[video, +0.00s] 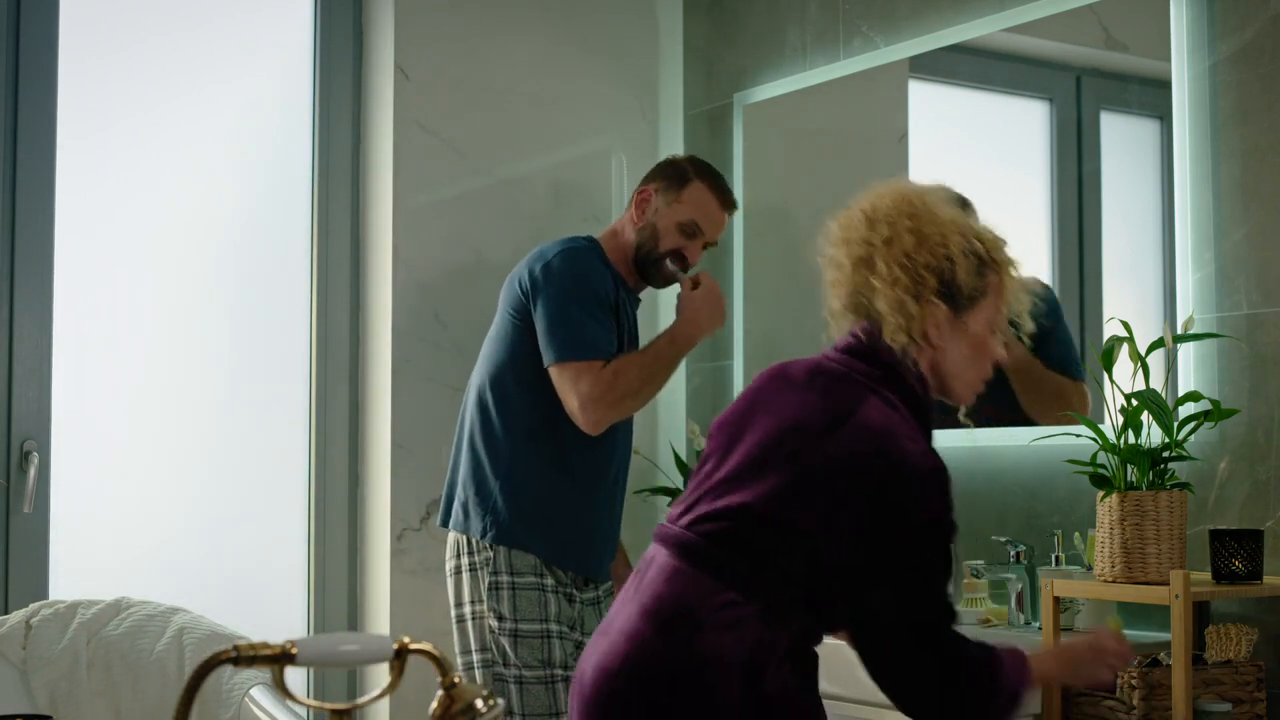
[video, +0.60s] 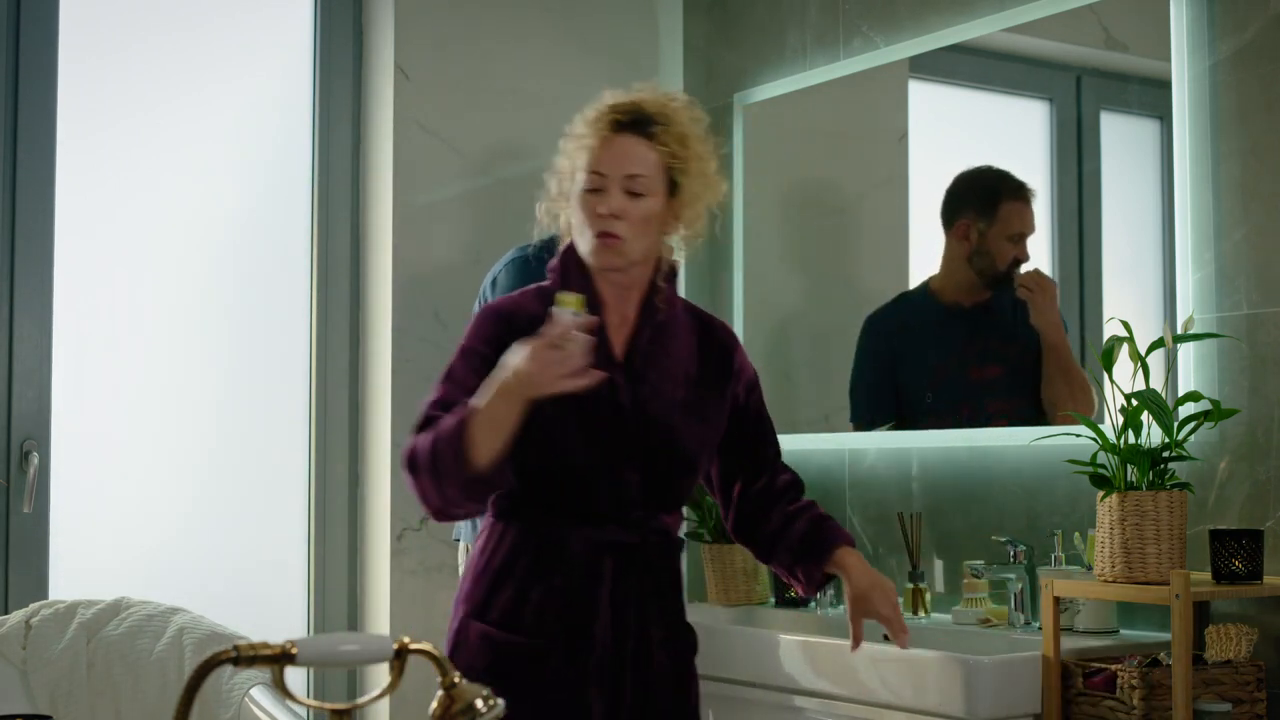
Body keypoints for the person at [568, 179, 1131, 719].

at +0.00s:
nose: (999, 353)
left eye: (1001, 330)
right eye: (992, 328)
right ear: (933, 322)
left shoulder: (779, 384)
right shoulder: (898, 459)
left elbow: (693, 529)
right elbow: (928, 679)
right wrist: (1058, 663)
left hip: (616, 672)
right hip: (729, 694)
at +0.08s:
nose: (967, 325)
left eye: (967, 305)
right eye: (956, 301)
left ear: (882, 292)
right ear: (888, 291)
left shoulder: (760, 370)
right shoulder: (850, 413)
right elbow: (878, 644)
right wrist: (1021, 609)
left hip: (619, 672)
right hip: (708, 686)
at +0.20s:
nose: (889, 287)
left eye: (892, 265)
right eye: (873, 261)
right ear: (800, 256)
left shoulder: (766, 359)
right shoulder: (758, 372)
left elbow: (758, 560)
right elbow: (765, 581)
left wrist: (858, 621)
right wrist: (926, 534)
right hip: (638, 678)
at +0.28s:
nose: (829, 263)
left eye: (835, 243)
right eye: (807, 240)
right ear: (734, 236)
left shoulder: (764, 348)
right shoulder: (679, 360)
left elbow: (752, 523)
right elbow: (686, 547)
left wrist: (852, 607)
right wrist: (847, 488)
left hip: (700, 638)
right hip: (604, 651)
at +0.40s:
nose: (736, 240)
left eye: (753, 222)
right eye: (713, 216)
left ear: (768, 233)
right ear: (656, 220)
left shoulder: (745, 364)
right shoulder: (598, 347)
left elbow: (767, 515)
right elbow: (579, 518)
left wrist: (854, 603)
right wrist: (721, 434)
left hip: (683, 629)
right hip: (569, 629)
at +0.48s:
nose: (681, 224)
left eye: (703, 205)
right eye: (659, 201)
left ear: (726, 223)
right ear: (617, 206)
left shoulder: (734, 355)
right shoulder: (559, 334)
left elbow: (769, 501)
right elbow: (512, 500)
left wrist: (861, 597)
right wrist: (624, 413)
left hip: (673, 630)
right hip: (551, 627)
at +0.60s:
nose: (608, 208)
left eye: (635, 190)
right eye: (593, 186)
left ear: (675, 210)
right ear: (571, 197)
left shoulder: (708, 349)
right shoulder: (514, 325)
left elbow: (756, 492)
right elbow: (438, 486)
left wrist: (848, 562)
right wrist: (514, 387)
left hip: (645, 642)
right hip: (518, 631)